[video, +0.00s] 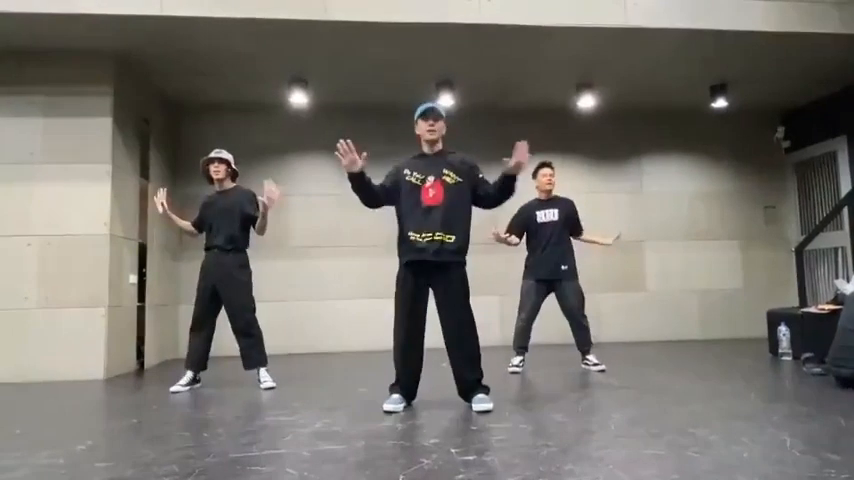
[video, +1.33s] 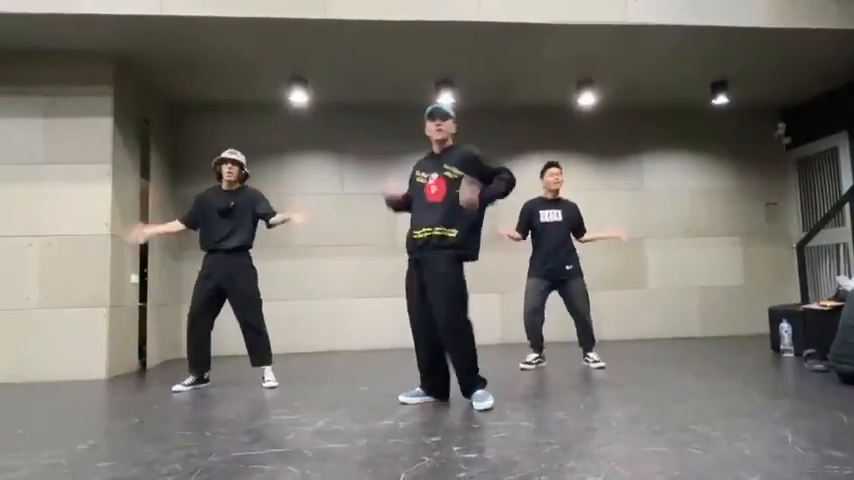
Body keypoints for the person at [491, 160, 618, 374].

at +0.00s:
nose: (549, 179)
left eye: (551, 176)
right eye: (544, 176)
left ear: (555, 180)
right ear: (535, 181)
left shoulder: (567, 205)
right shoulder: (527, 210)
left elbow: (577, 234)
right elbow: (515, 238)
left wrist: (602, 241)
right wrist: (504, 239)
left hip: (564, 273)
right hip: (536, 274)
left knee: (577, 313)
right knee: (525, 316)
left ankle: (587, 355)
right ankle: (518, 356)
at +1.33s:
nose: (556, 178)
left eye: (558, 175)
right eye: (551, 175)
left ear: (562, 179)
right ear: (543, 180)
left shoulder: (570, 207)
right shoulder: (531, 207)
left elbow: (582, 236)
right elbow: (521, 234)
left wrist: (611, 234)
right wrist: (511, 235)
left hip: (569, 270)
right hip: (540, 271)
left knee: (582, 312)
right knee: (531, 311)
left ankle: (589, 353)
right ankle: (536, 353)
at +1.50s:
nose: (548, 174)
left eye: (551, 171)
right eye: (543, 171)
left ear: (555, 176)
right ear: (535, 177)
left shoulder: (564, 201)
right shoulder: (525, 200)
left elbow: (591, 217)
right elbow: (511, 209)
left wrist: (577, 203)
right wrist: (508, 208)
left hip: (559, 267)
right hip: (531, 269)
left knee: (571, 307)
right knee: (529, 311)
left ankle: (582, 346)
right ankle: (538, 353)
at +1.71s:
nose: (541, 175)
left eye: (544, 172)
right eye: (537, 172)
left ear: (549, 175)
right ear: (530, 177)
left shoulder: (561, 200)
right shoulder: (527, 205)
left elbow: (577, 226)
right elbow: (523, 235)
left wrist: (569, 250)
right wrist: (522, 256)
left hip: (553, 260)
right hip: (531, 261)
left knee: (546, 304)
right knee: (529, 306)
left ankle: (558, 353)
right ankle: (540, 352)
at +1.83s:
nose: (542, 178)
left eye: (545, 174)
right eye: (538, 174)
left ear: (551, 176)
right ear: (531, 179)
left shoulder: (559, 199)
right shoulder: (534, 205)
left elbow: (563, 230)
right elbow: (534, 236)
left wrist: (564, 258)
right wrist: (530, 258)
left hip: (549, 261)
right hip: (529, 262)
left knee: (551, 306)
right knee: (530, 307)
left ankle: (560, 353)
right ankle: (542, 351)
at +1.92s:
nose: (544, 177)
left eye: (547, 173)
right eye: (539, 174)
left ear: (552, 176)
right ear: (533, 178)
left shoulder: (560, 198)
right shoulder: (535, 205)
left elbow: (565, 229)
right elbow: (535, 236)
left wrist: (565, 257)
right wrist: (529, 258)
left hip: (550, 262)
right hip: (531, 262)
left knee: (553, 308)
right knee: (532, 308)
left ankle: (563, 353)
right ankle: (544, 351)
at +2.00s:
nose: (544, 176)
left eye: (547, 172)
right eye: (540, 173)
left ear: (553, 175)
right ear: (533, 178)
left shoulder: (561, 198)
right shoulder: (536, 204)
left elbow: (566, 229)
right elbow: (535, 236)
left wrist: (566, 258)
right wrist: (530, 258)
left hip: (551, 263)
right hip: (531, 263)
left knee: (553, 308)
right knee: (533, 308)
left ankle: (564, 353)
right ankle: (544, 351)